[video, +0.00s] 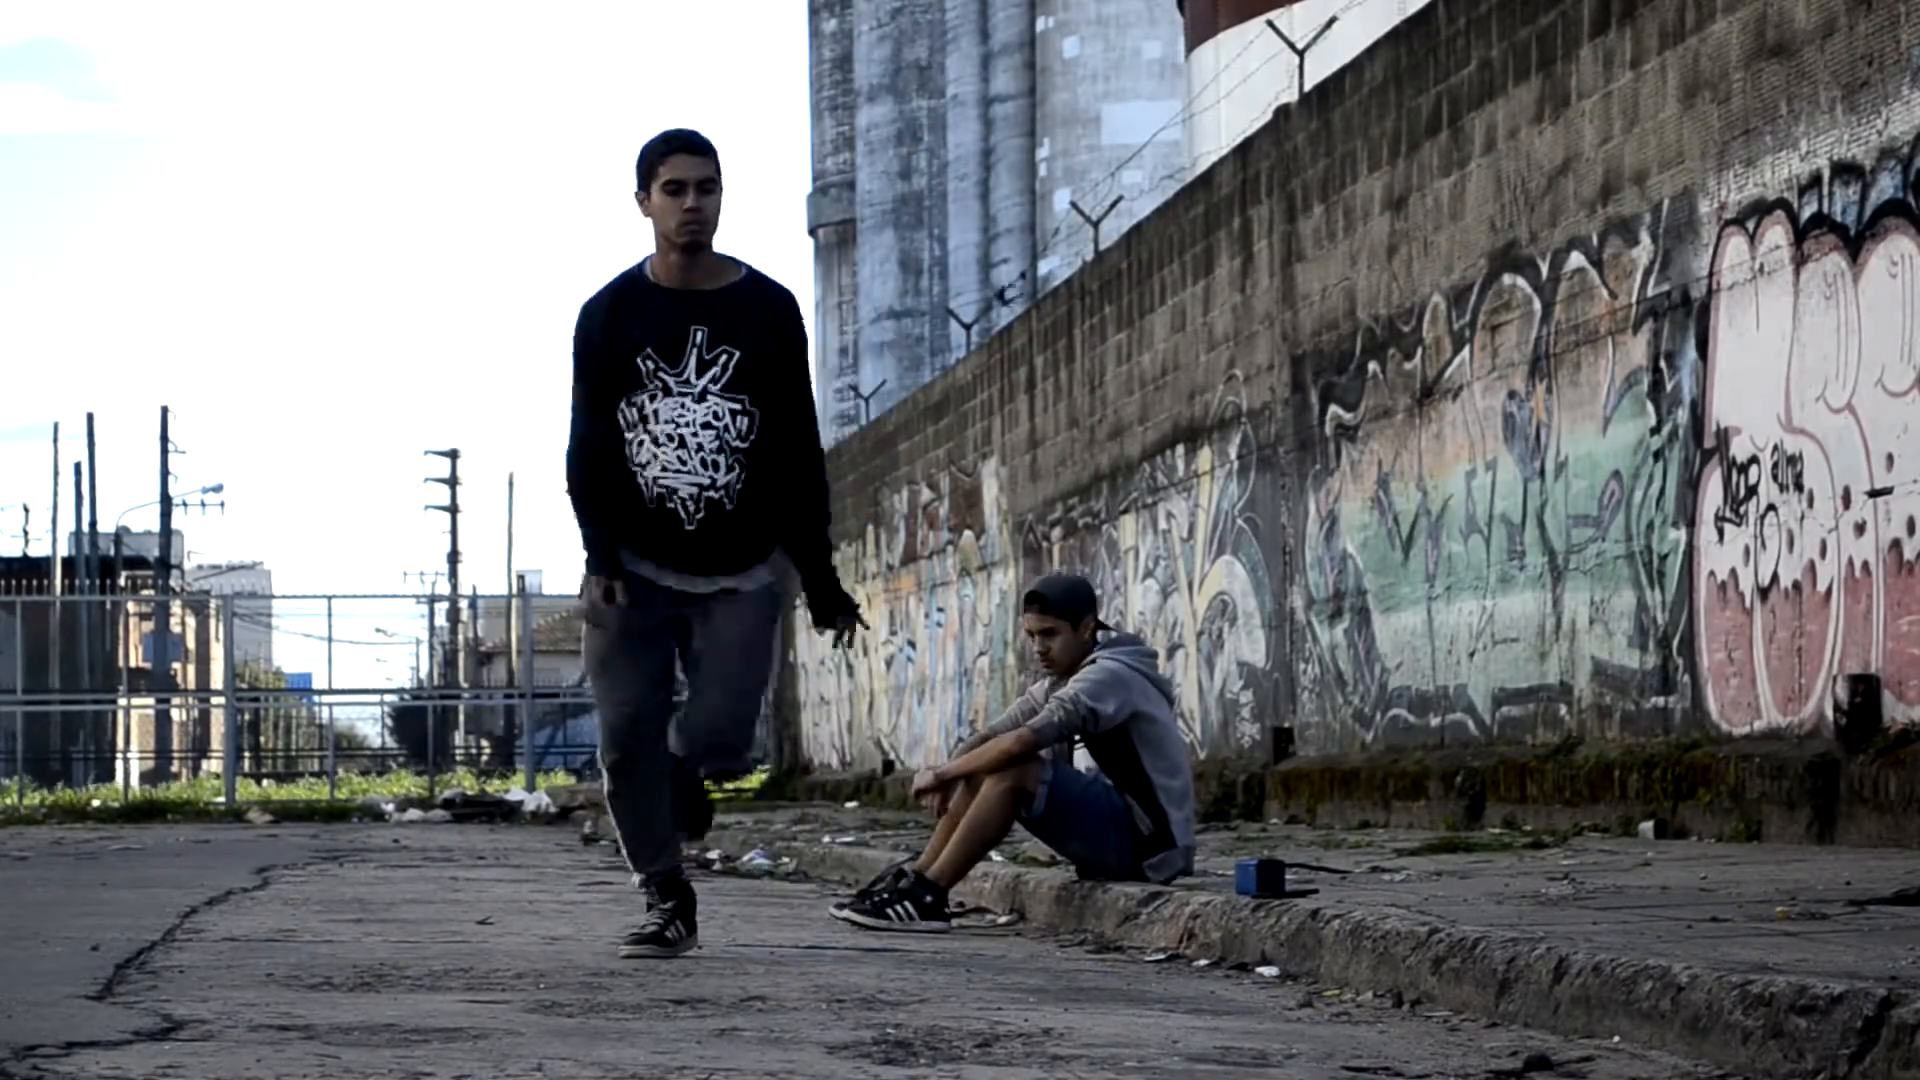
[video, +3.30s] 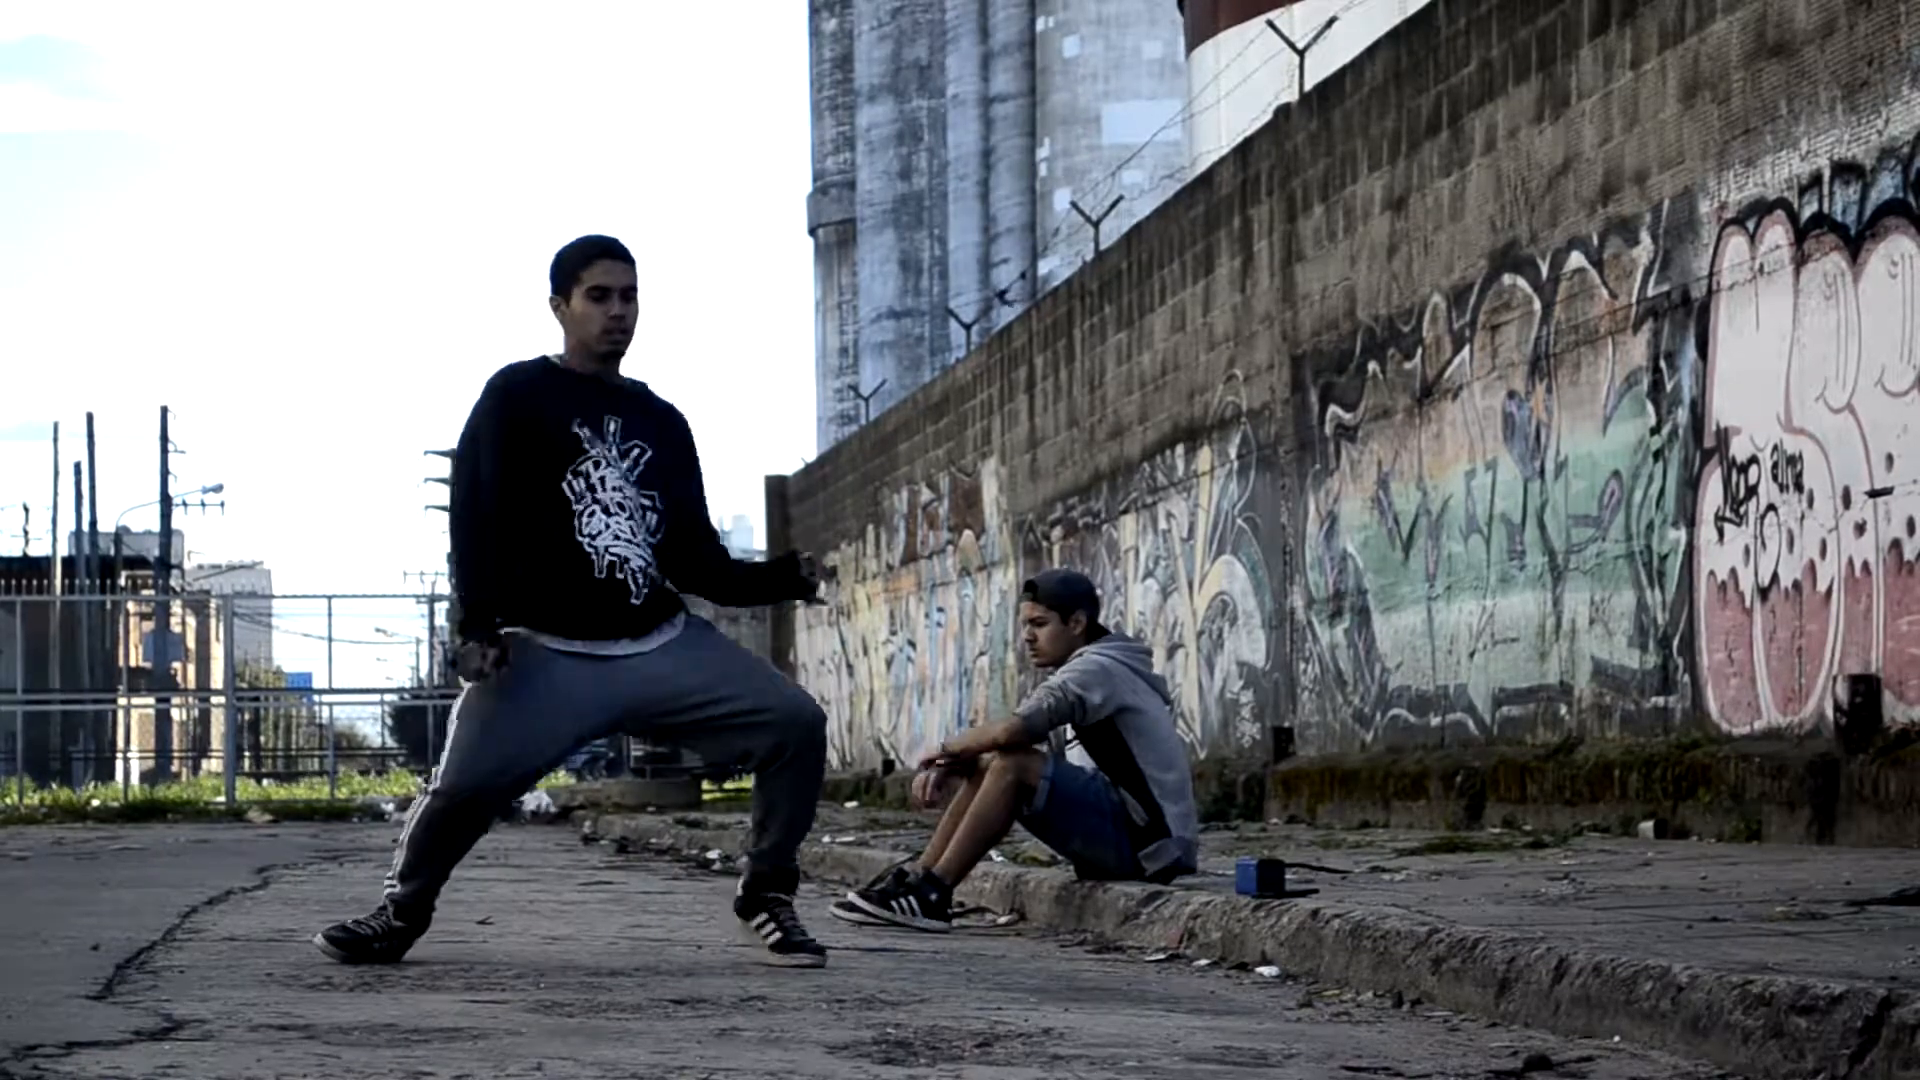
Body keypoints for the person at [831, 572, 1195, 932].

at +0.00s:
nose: (1039, 648)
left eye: (1049, 635)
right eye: (1031, 636)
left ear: (1088, 628)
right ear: (1027, 634)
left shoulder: (1110, 673)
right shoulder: (1068, 676)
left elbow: (1024, 743)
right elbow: (1002, 731)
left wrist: (943, 773)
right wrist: (945, 773)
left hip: (1148, 846)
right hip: (1118, 836)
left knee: (1015, 771)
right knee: (986, 763)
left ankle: (932, 894)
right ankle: (914, 883)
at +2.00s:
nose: (1017, 655)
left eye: (1025, 640)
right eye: (1013, 643)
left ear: (1064, 631)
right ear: (1061, 634)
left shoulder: (1094, 672)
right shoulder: (1077, 676)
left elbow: (1012, 749)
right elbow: (1015, 751)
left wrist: (936, 776)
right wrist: (946, 783)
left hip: (1150, 846)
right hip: (1124, 837)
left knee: (1012, 770)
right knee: (983, 767)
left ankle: (933, 895)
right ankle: (914, 883)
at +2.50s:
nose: (1019, 650)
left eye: (1028, 636)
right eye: (1015, 639)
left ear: (1067, 628)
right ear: (1061, 632)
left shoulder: (1101, 676)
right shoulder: (1064, 684)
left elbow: (1011, 751)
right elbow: (999, 743)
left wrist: (957, 749)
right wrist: (942, 776)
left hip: (1151, 848)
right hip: (1120, 839)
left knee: (1013, 771)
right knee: (983, 767)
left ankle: (933, 895)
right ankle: (915, 882)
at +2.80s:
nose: (1029, 642)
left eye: (1040, 629)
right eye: (1025, 630)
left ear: (1079, 627)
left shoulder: (1105, 674)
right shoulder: (1063, 671)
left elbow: (1007, 738)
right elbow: (990, 725)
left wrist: (994, 717)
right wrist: (936, 792)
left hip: (1147, 845)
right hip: (1116, 833)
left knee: (1013, 766)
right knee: (988, 756)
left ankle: (932, 895)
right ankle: (915, 882)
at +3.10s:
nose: (1029, 642)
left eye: (1039, 629)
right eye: (1026, 630)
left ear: (1079, 627)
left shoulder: (1103, 670)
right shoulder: (1073, 672)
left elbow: (1009, 737)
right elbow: (995, 728)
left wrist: (999, 720)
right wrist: (941, 784)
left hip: (1150, 842)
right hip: (1119, 832)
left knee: (1011, 765)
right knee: (989, 758)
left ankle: (932, 895)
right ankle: (912, 883)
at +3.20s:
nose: (1028, 639)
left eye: (1039, 626)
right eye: (1026, 628)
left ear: (1079, 625)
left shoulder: (1101, 667)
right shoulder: (1081, 669)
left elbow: (1010, 735)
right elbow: (1010, 734)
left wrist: (978, 725)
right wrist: (949, 771)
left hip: (1149, 843)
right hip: (1122, 834)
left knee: (1014, 764)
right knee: (988, 757)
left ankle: (936, 893)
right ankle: (914, 881)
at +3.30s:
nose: (1027, 637)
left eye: (1038, 625)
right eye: (1025, 626)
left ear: (1077, 624)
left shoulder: (1097, 665)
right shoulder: (1082, 668)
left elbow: (1012, 732)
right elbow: (1019, 745)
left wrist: (943, 749)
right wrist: (958, 763)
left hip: (1150, 842)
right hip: (1123, 833)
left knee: (1013, 764)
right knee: (985, 765)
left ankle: (935, 894)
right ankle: (915, 882)